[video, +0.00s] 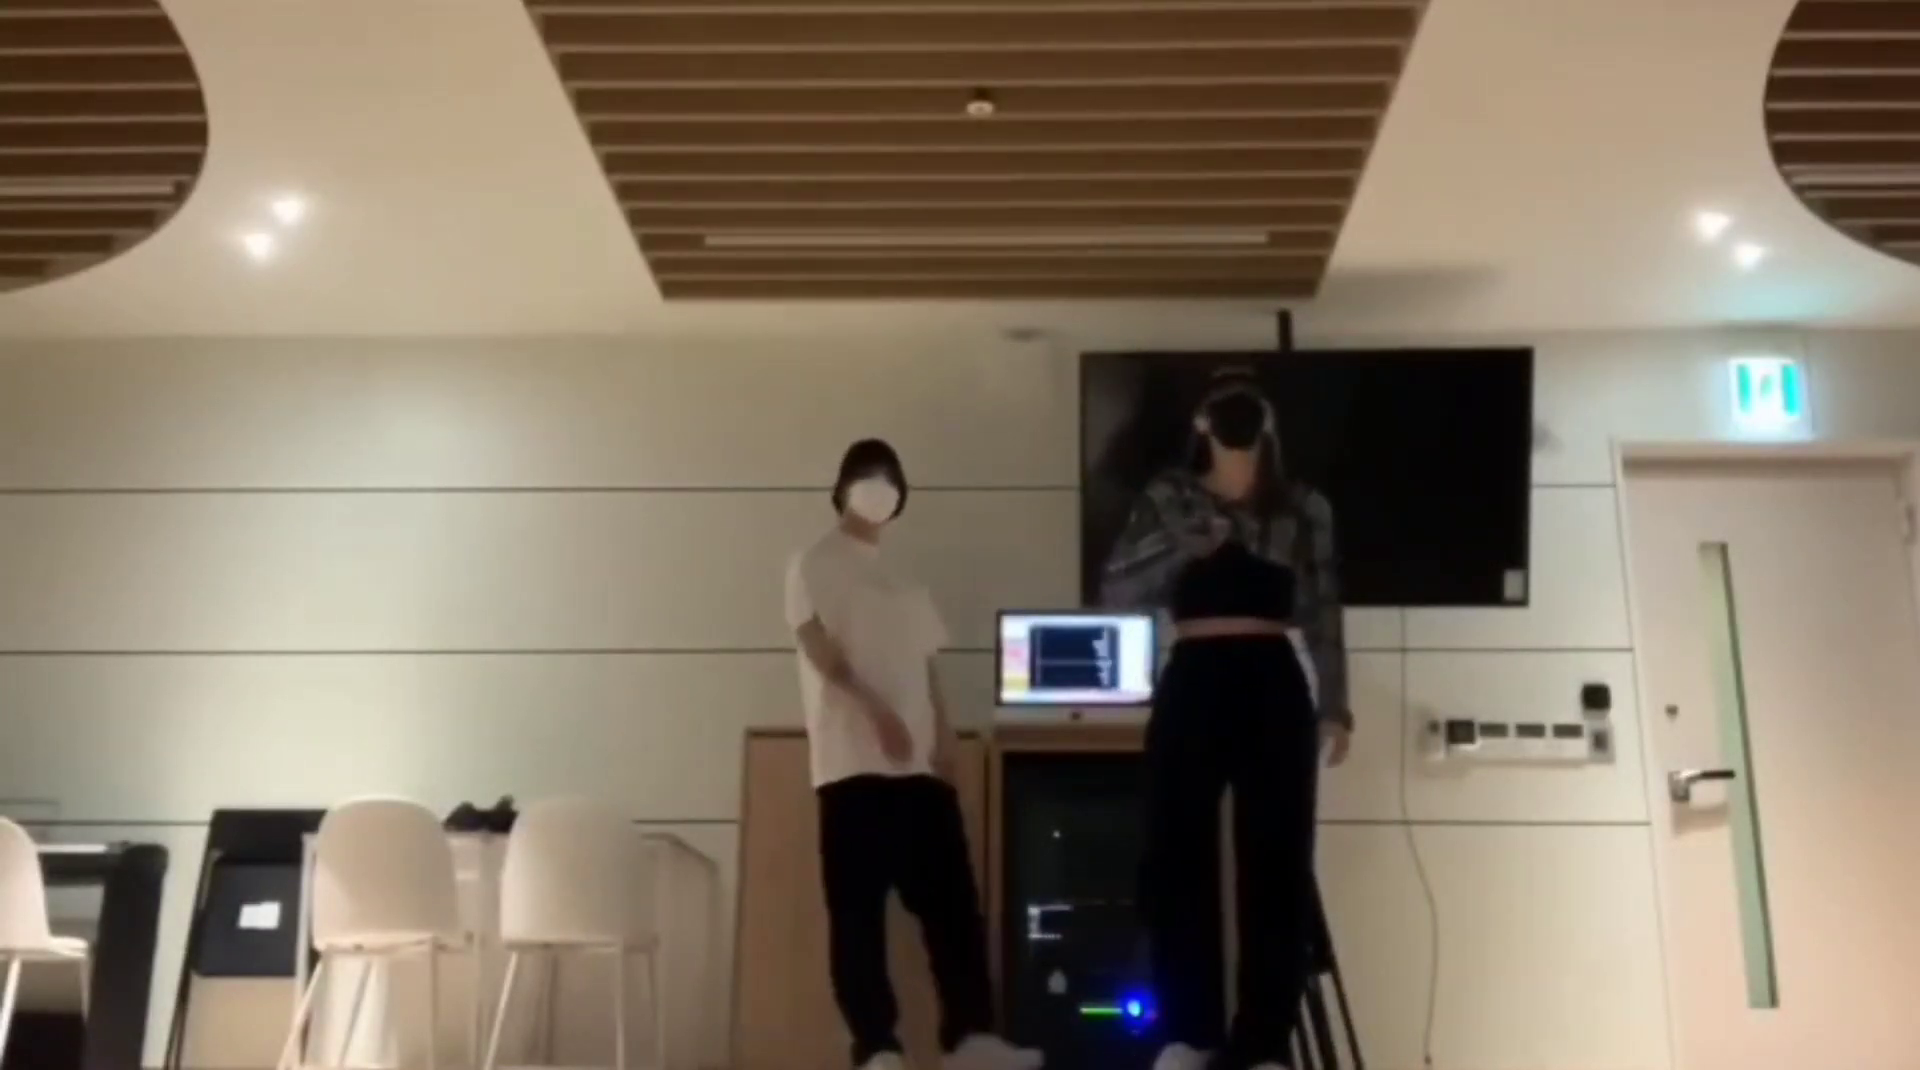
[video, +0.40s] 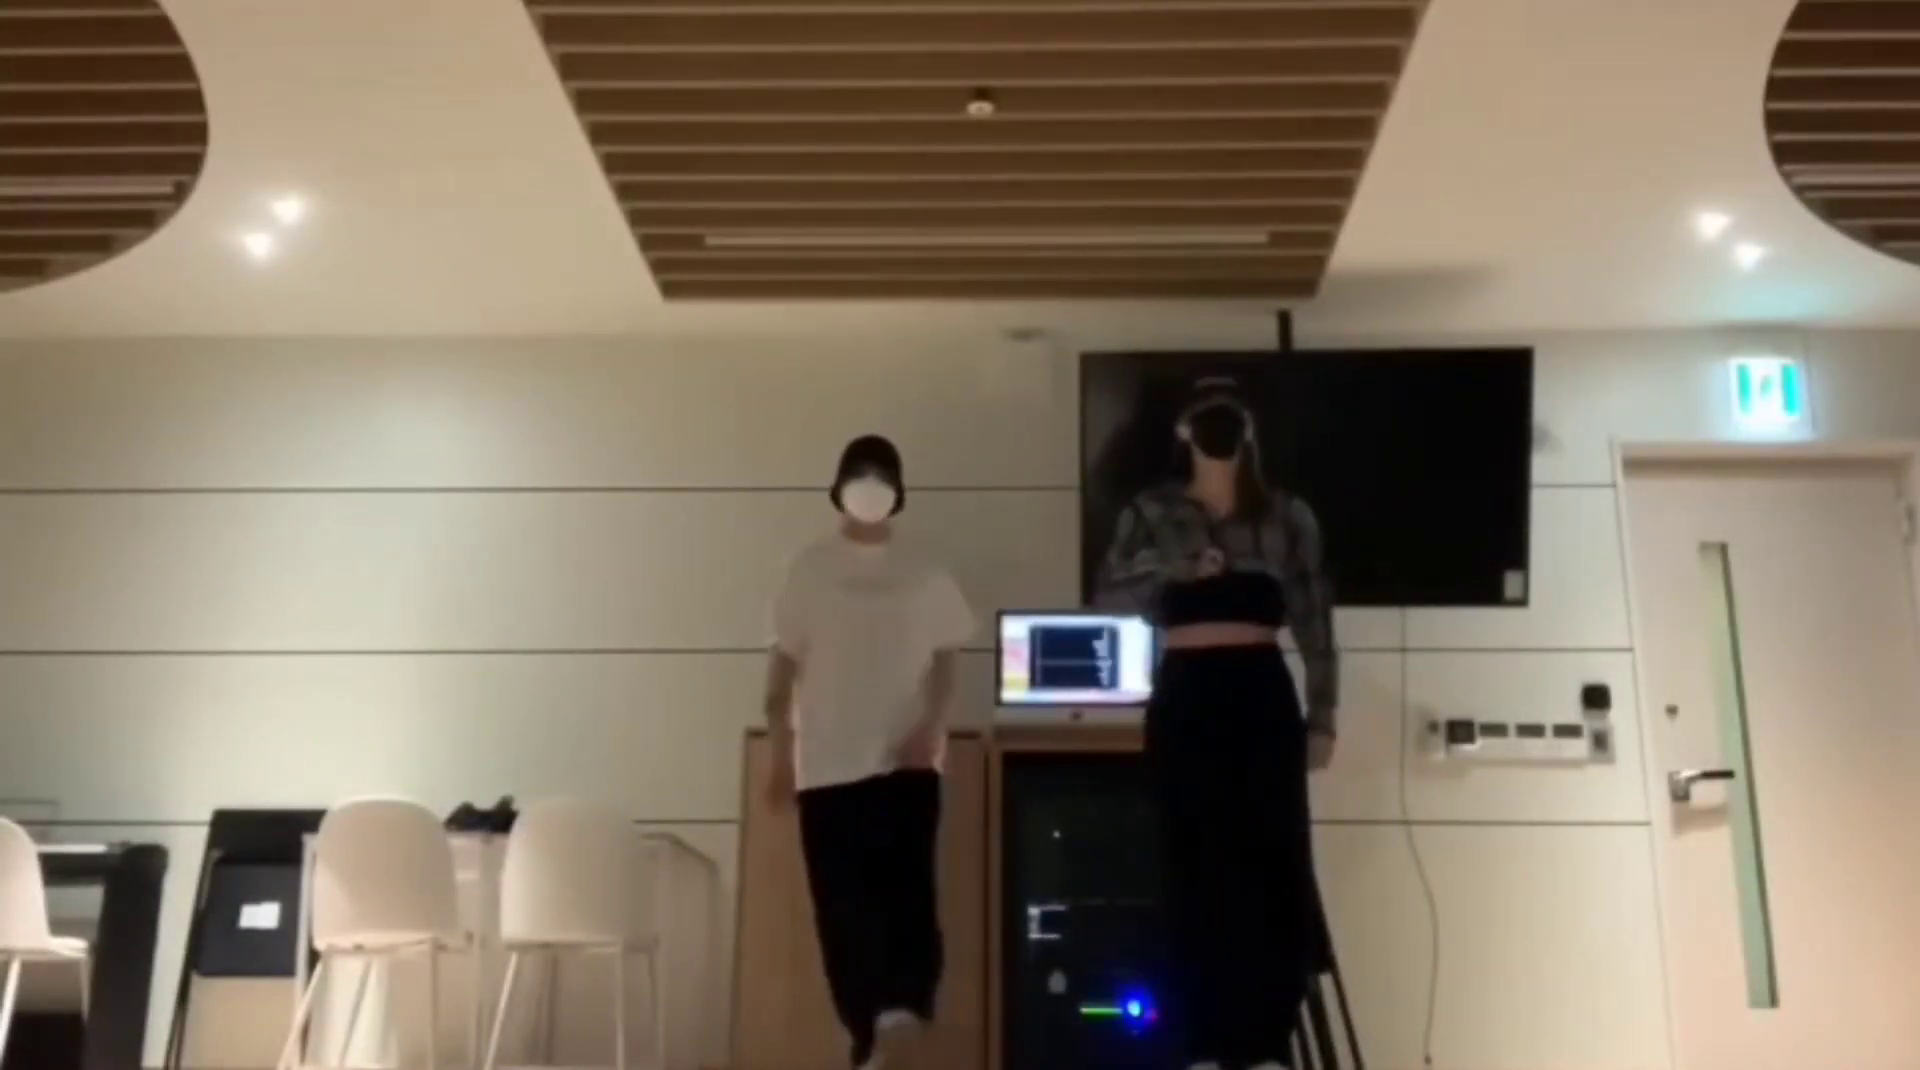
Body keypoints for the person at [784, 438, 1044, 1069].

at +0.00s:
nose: (876, 493)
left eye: (888, 483)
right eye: (865, 480)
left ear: (901, 496)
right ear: (842, 489)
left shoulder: (906, 581)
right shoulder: (813, 564)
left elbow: (930, 674)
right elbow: (818, 648)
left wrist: (942, 744)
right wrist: (878, 712)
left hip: (918, 774)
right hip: (850, 773)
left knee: (953, 910)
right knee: (857, 919)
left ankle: (969, 1036)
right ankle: (876, 1045)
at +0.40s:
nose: (870, 493)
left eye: (882, 482)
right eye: (858, 480)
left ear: (898, 492)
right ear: (838, 490)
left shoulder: (922, 567)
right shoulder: (811, 567)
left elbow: (946, 660)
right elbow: (783, 662)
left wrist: (934, 730)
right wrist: (778, 750)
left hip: (903, 760)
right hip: (826, 763)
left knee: (904, 886)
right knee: (841, 903)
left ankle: (903, 1007)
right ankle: (862, 1037)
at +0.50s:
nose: (867, 491)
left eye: (879, 480)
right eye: (854, 478)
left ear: (896, 490)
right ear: (835, 487)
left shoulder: (922, 567)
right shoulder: (810, 566)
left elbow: (944, 657)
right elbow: (778, 658)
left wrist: (923, 727)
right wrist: (770, 740)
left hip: (897, 752)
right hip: (821, 752)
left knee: (886, 886)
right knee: (834, 886)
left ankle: (871, 1018)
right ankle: (867, 1027)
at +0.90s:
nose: (814, 485)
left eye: (830, 474)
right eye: (804, 471)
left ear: (850, 487)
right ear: (788, 479)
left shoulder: (869, 565)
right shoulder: (762, 560)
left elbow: (880, 659)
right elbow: (754, 659)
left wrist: (805, 727)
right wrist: (749, 744)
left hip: (839, 759)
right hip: (775, 755)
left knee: (796, 907)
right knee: (832, 900)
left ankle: (771, 1043)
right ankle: (891, 1032)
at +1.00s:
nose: (802, 481)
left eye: (816, 470)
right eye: (792, 468)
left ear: (836, 482)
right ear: (775, 475)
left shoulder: (854, 561)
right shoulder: (750, 558)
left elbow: (866, 656)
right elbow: (742, 656)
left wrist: (789, 723)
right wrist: (733, 732)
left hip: (822, 757)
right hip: (761, 753)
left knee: (784, 906)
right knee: (816, 902)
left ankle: (768, 1043)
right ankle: (886, 1029)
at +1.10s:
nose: (780, 478)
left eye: (795, 467)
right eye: (770, 464)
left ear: (815, 478)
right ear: (754, 472)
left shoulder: (831, 556)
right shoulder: (739, 553)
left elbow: (850, 649)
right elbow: (734, 652)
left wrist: (769, 718)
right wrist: (716, 723)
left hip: (800, 750)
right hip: (745, 748)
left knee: (769, 896)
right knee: (745, 893)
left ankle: (767, 1045)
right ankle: (852, 1001)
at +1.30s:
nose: (741, 476)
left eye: (755, 463)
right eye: (730, 464)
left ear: (778, 473)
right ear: (716, 472)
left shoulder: (804, 551)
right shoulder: (708, 551)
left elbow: (831, 638)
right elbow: (715, 651)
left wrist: (764, 711)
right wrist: (690, 720)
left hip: (768, 760)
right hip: (701, 760)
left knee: (766, 906)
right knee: (668, 889)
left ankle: (764, 1046)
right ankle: (702, 1030)